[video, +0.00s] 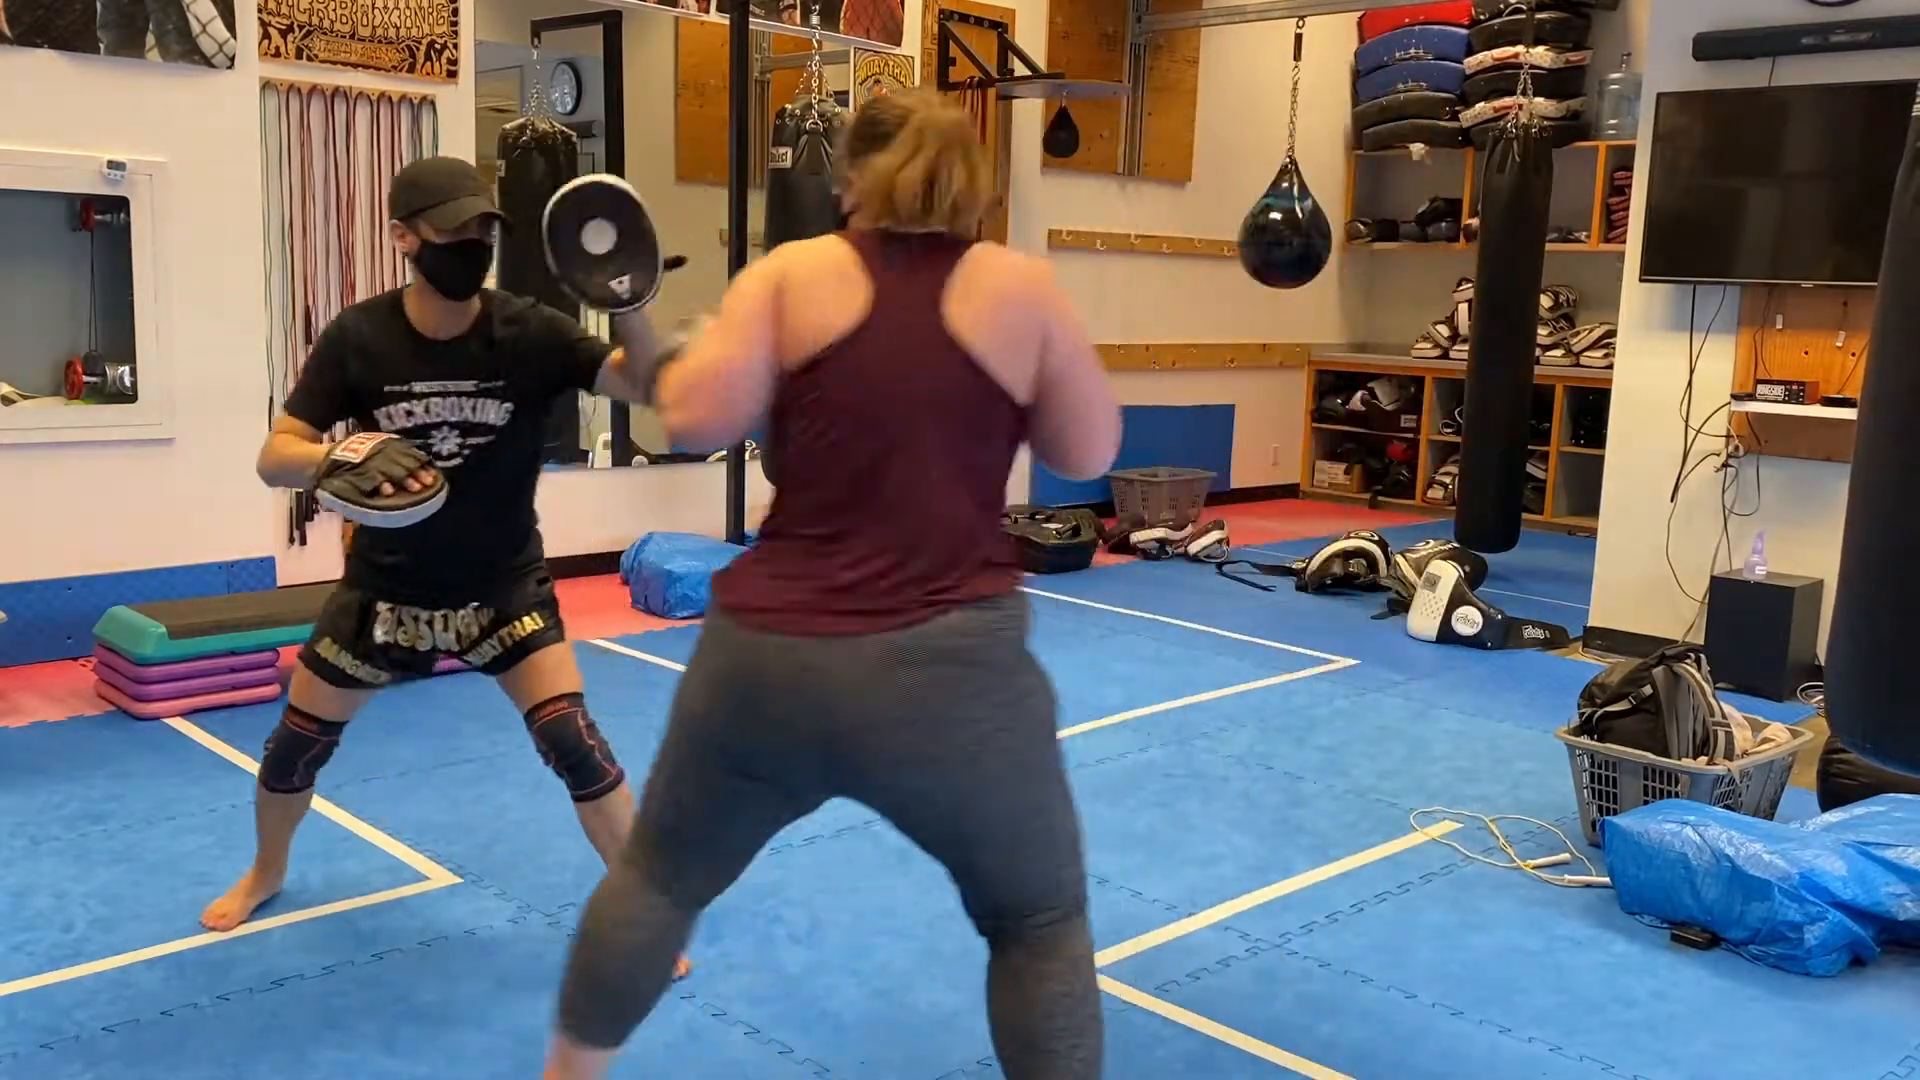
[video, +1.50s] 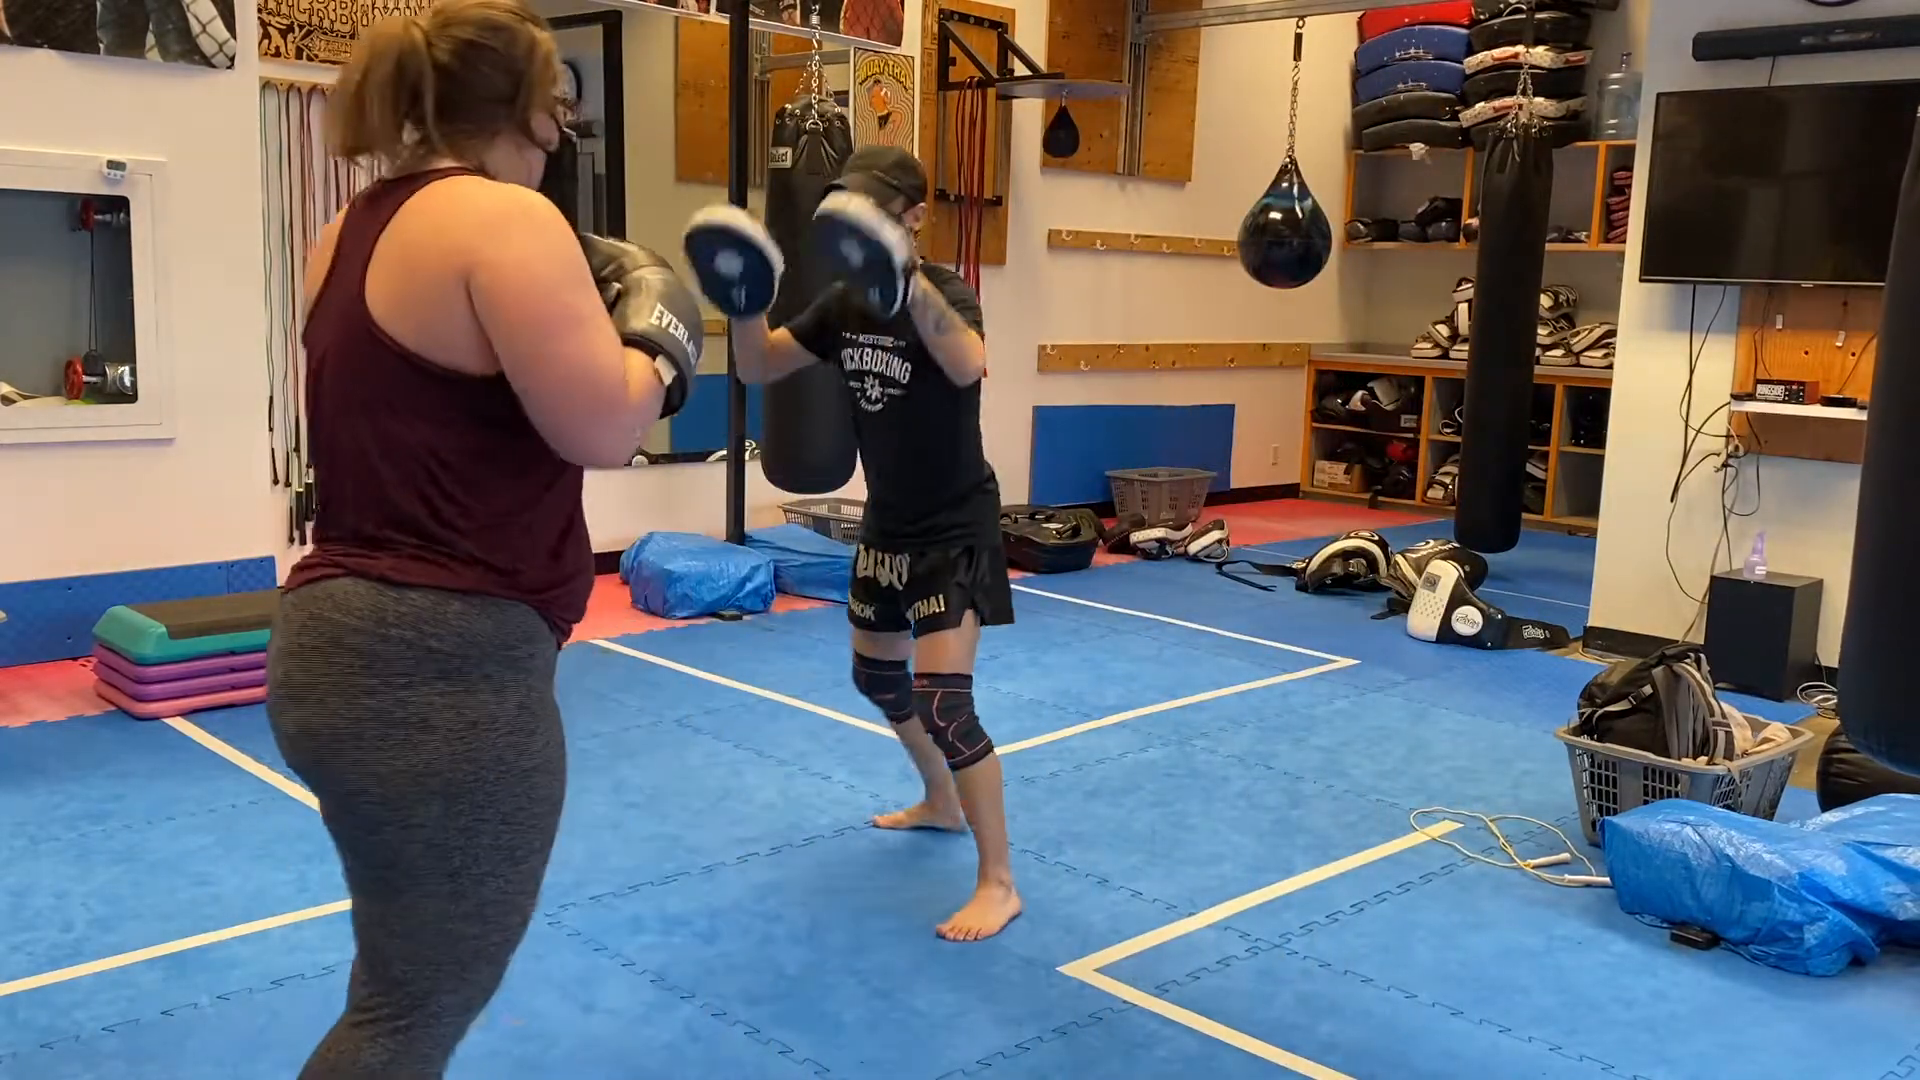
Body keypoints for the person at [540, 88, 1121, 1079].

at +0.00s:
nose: (840, 185)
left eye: (844, 172)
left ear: (856, 181)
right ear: (971, 180)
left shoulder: (786, 276)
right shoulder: (1023, 289)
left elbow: (696, 419)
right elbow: (1086, 453)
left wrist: (666, 357)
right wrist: (997, 380)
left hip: (762, 662)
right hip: (952, 669)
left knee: (660, 877)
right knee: (1037, 923)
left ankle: (570, 1064)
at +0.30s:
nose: (822, 158)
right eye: (817, 142)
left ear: (696, 141)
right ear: (805, 150)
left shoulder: (602, 242)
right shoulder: (837, 262)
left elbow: (491, 391)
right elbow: (902, 453)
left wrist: (597, 336)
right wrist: (815, 375)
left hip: (596, 646)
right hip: (781, 642)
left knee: (578, 910)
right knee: (893, 895)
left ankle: (535, 1077)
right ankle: (865, 1072)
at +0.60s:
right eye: (791, 126)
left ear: (665, 132)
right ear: (785, 134)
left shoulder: (570, 258)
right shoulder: (839, 256)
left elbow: (501, 464)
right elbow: (917, 453)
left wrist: (598, 406)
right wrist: (816, 394)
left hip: (574, 672)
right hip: (772, 667)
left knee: (574, 923)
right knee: (775, 1000)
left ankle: (533, 1076)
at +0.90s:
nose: (764, 135)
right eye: (758, 117)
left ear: (609, 116)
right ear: (738, 123)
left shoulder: (510, 249)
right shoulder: (751, 242)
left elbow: (460, 434)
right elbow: (835, 452)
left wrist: (580, 398)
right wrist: (852, 359)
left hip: (505, 657)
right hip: (680, 667)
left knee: (511, 904)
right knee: (717, 1008)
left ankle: (421, 1068)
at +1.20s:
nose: (627, 158)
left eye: (626, 136)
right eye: (622, 136)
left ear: (491, 118)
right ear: (583, 129)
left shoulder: (429, 221)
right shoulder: (559, 234)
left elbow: (480, 399)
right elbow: (594, 447)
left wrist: (613, 328)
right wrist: (684, 386)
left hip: (368, 632)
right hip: (487, 650)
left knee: (427, 923)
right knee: (625, 957)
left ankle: (372, 1074)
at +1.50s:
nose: (558, 133)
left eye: (557, 111)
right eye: (548, 109)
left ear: (428, 106)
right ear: (504, 109)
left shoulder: (351, 230)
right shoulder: (507, 222)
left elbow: (434, 389)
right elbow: (603, 428)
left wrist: (575, 303)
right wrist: (663, 346)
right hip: (443, 656)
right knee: (415, 1011)